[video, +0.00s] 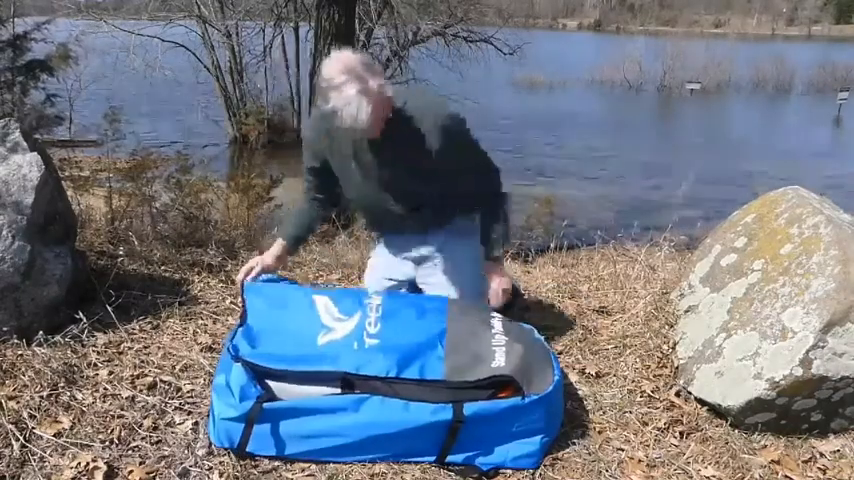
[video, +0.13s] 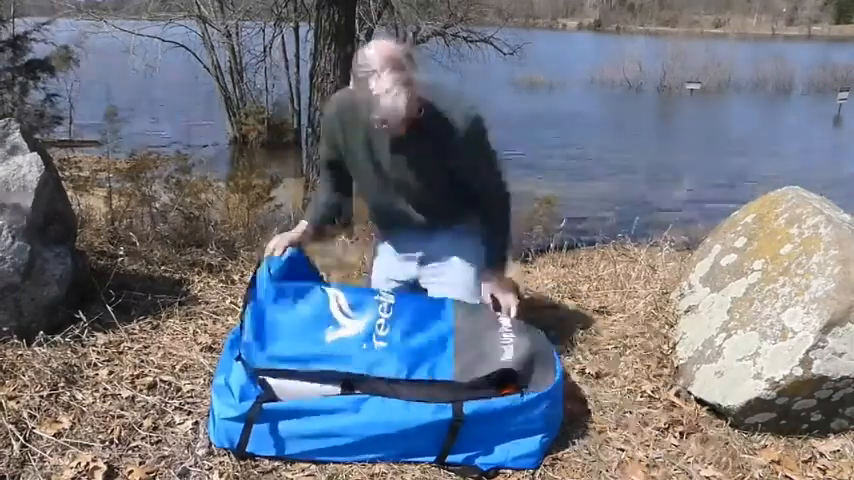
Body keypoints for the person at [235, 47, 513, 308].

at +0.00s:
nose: (366, 128)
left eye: (369, 117)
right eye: (354, 121)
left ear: (383, 92)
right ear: (335, 109)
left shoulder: (433, 122)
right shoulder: (321, 129)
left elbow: (489, 187)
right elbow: (319, 197)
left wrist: (495, 267)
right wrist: (275, 255)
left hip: (452, 236)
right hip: (390, 242)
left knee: (457, 350)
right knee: (371, 341)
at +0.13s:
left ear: (413, 80)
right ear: (359, 88)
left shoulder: (457, 123)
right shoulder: (342, 113)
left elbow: (494, 198)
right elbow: (334, 182)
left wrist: (495, 273)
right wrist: (304, 229)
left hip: (456, 238)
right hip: (392, 240)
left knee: (454, 350)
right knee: (381, 347)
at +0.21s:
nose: (386, 172)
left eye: (399, 163)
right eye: (378, 161)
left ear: (430, 140)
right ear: (367, 145)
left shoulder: (477, 160)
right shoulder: (362, 162)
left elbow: (502, 254)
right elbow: (355, 244)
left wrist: (484, 353)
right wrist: (352, 318)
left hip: (476, 254)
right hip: (414, 256)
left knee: (490, 353)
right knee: (390, 336)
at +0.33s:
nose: (353, 181)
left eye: (365, 170)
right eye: (346, 168)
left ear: (400, 152)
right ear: (339, 156)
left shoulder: (452, 169)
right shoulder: (345, 166)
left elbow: (439, 274)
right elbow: (346, 245)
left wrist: (398, 368)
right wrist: (352, 318)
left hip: (473, 241)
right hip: (412, 245)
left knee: (475, 337)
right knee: (380, 331)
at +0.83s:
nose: (364, 134)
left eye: (373, 117)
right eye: (349, 125)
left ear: (399, 107)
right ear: (338, 126)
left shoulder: (452, 151)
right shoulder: (344, 158)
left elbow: (471, 253)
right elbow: (343, 242)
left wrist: (441, 356)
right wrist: (350, 317)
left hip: (470, 242)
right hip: (411, 246)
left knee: (476, 337)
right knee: (387, 329)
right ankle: (438, 300)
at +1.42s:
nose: (373, 161)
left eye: (384, 150)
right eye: (364, 150)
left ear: (412, 131)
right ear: (353, 136)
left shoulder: (466, 149)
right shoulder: (349, 154)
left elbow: (495, 242)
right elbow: (344, 237)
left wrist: (456, 320)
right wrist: (345, 310)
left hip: (469, 251)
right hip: (408, 252)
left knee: (474, 348)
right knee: (384, 341)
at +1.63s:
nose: (406, 171)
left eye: (415, 162)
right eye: (395, 163)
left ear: (434, 130)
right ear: (376, 139)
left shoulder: (477, 144)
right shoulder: (356, 146)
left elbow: (512, 231)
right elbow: (324, 229)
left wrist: (496, 314)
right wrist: (329, 296)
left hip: (474, 249)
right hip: (410, 250)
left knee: (488, 355)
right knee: (382, 346)